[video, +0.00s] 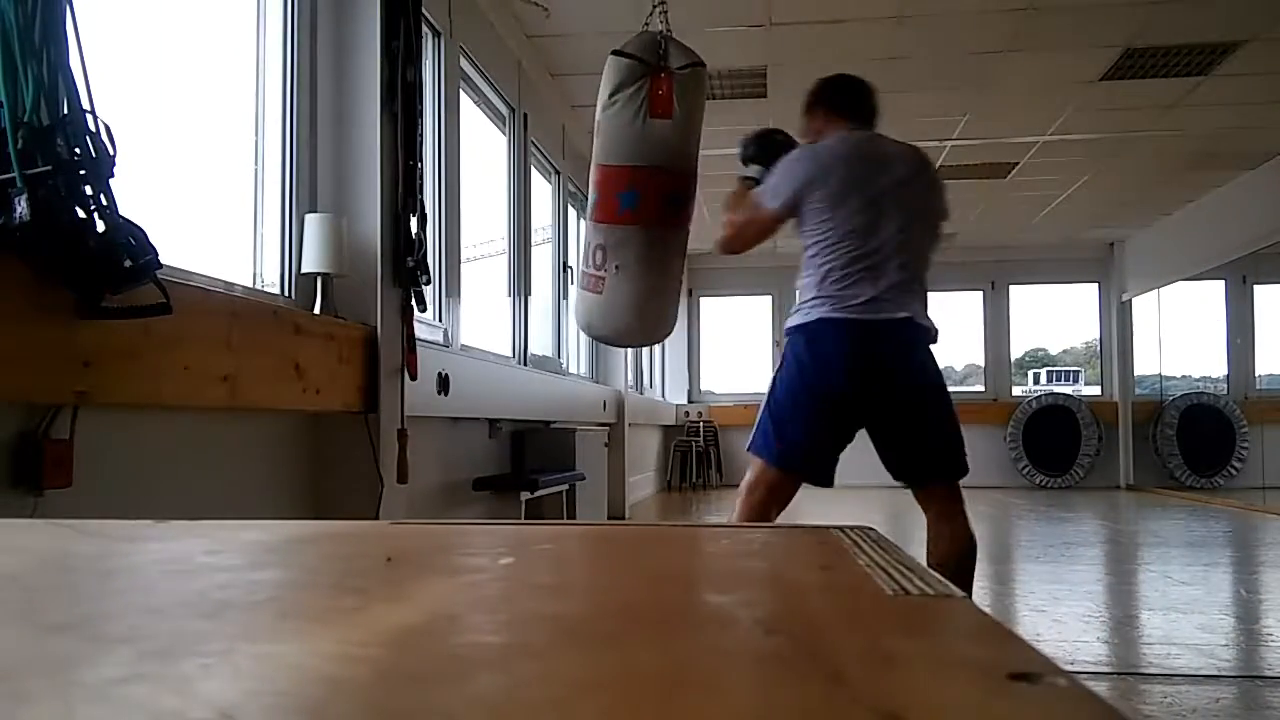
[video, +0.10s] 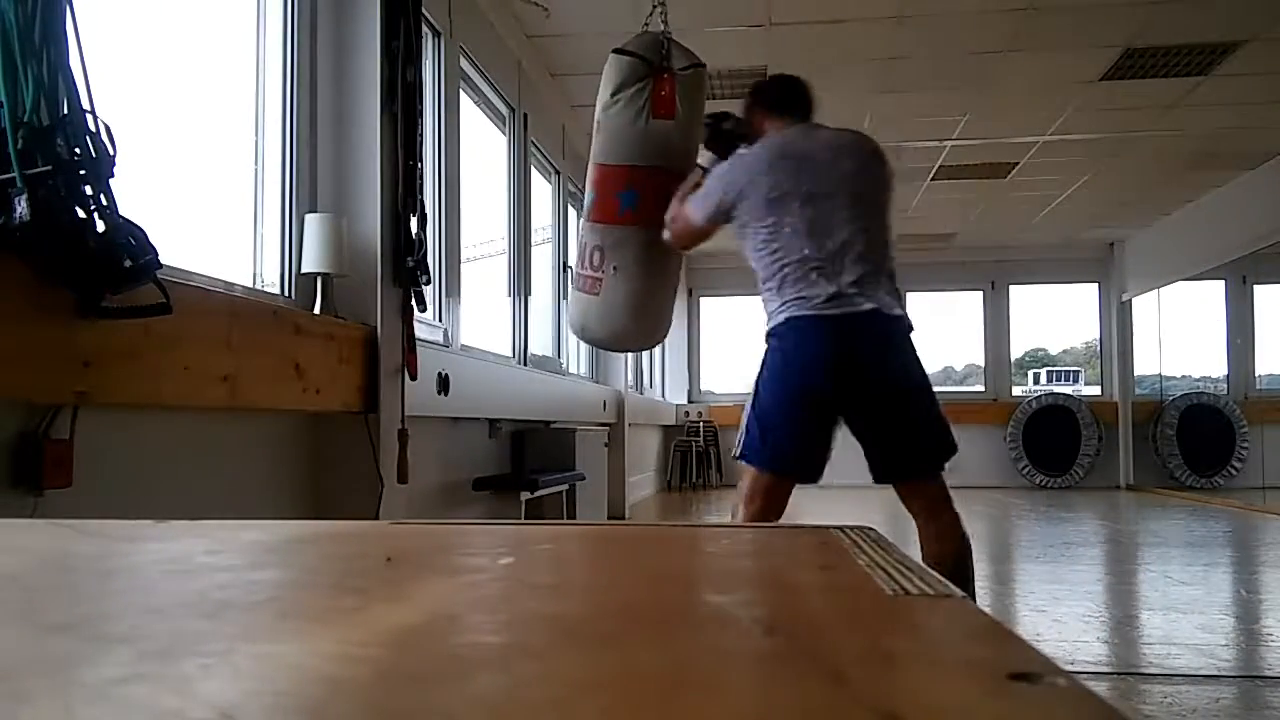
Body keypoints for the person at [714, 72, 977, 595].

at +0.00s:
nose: (807, 134)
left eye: (808, 124)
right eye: (806, 126)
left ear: (821, 119)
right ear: (870, 117)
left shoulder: (813, 160)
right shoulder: (919, 165)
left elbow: (733, 237)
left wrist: (748, 175)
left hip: (823, 348)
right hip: (904, 349)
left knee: (760, 500)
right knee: (945, 506)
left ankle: (726, 620)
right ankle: (955, 639)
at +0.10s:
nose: (753, 130)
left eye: (752, 123)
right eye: (754, 124)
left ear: (757, 120)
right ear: (807, 114)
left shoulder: (746, 165)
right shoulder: (864, 149)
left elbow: (678, 229)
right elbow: (820, 205)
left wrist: (704, 165)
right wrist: (759, 151)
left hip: (801, 347)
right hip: (884, 340)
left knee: (758, 507)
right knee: (931, 505)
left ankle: (734, 643)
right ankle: (966, 640)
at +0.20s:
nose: (708, 122)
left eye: (707, 116)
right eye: (709, 115)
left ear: (714, 113)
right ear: (764, 101)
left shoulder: (704, 171)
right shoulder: (822, 130)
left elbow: (657, 230)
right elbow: (786, 184)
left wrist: (675, 166)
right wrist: (715, 148)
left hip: (790, 332)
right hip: (872, 316)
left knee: (760, 505)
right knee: (925, 487)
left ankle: (741, 642)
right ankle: (964, 634)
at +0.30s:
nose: (685, 120)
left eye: (683, 113)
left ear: (685, 112)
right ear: (741, 100)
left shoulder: (677, 175)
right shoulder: (795, 123)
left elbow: (652, 233)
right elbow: (786, 181)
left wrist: (664, 166)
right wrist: (697, 144)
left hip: (777, 329)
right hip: (858, 307)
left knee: (752, 505)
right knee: (922, 473)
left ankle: (734, 643)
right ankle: (960, 626)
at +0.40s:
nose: (672, 111)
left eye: (673, 103)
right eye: (674, 104)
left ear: (679, 101)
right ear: (734, 89)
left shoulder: (671, 165)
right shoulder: (790, 115)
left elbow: (655, 232)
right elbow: (809, 163)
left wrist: (661, 156)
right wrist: (695, 132)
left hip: (769, 326)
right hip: (849, 304)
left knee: (747, 505)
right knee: (918, 468)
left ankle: (730, 646)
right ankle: (960, 622)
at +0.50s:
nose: (686, 95)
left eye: (683, 87)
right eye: (686, 89)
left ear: (685, 88)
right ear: (746, 74)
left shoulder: (676, 159)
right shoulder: (801, 107)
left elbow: (650, 233)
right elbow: (816, 159)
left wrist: (665, 153)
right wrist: (711, 120)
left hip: (768, 324)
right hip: (853, 300)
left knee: (743, 506)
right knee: (926, 473)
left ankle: (733, 649)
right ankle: (956, 629)